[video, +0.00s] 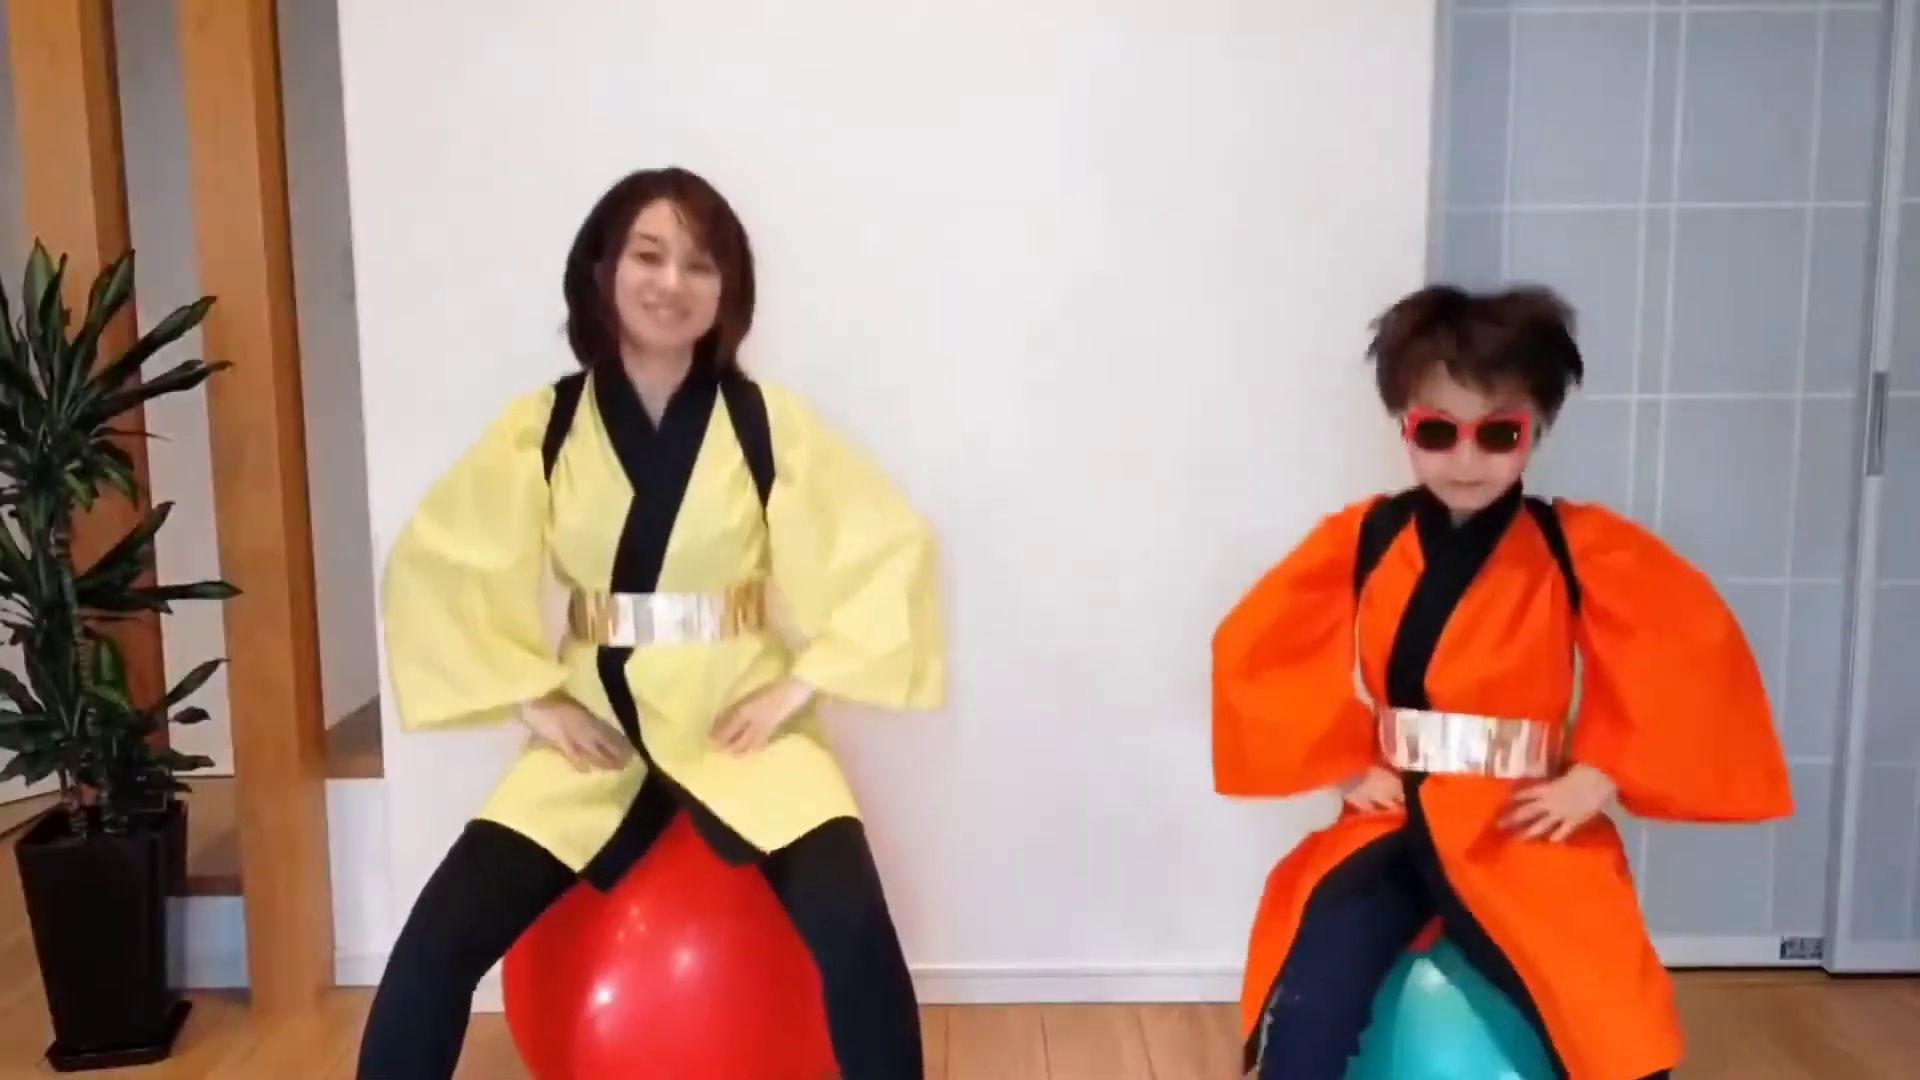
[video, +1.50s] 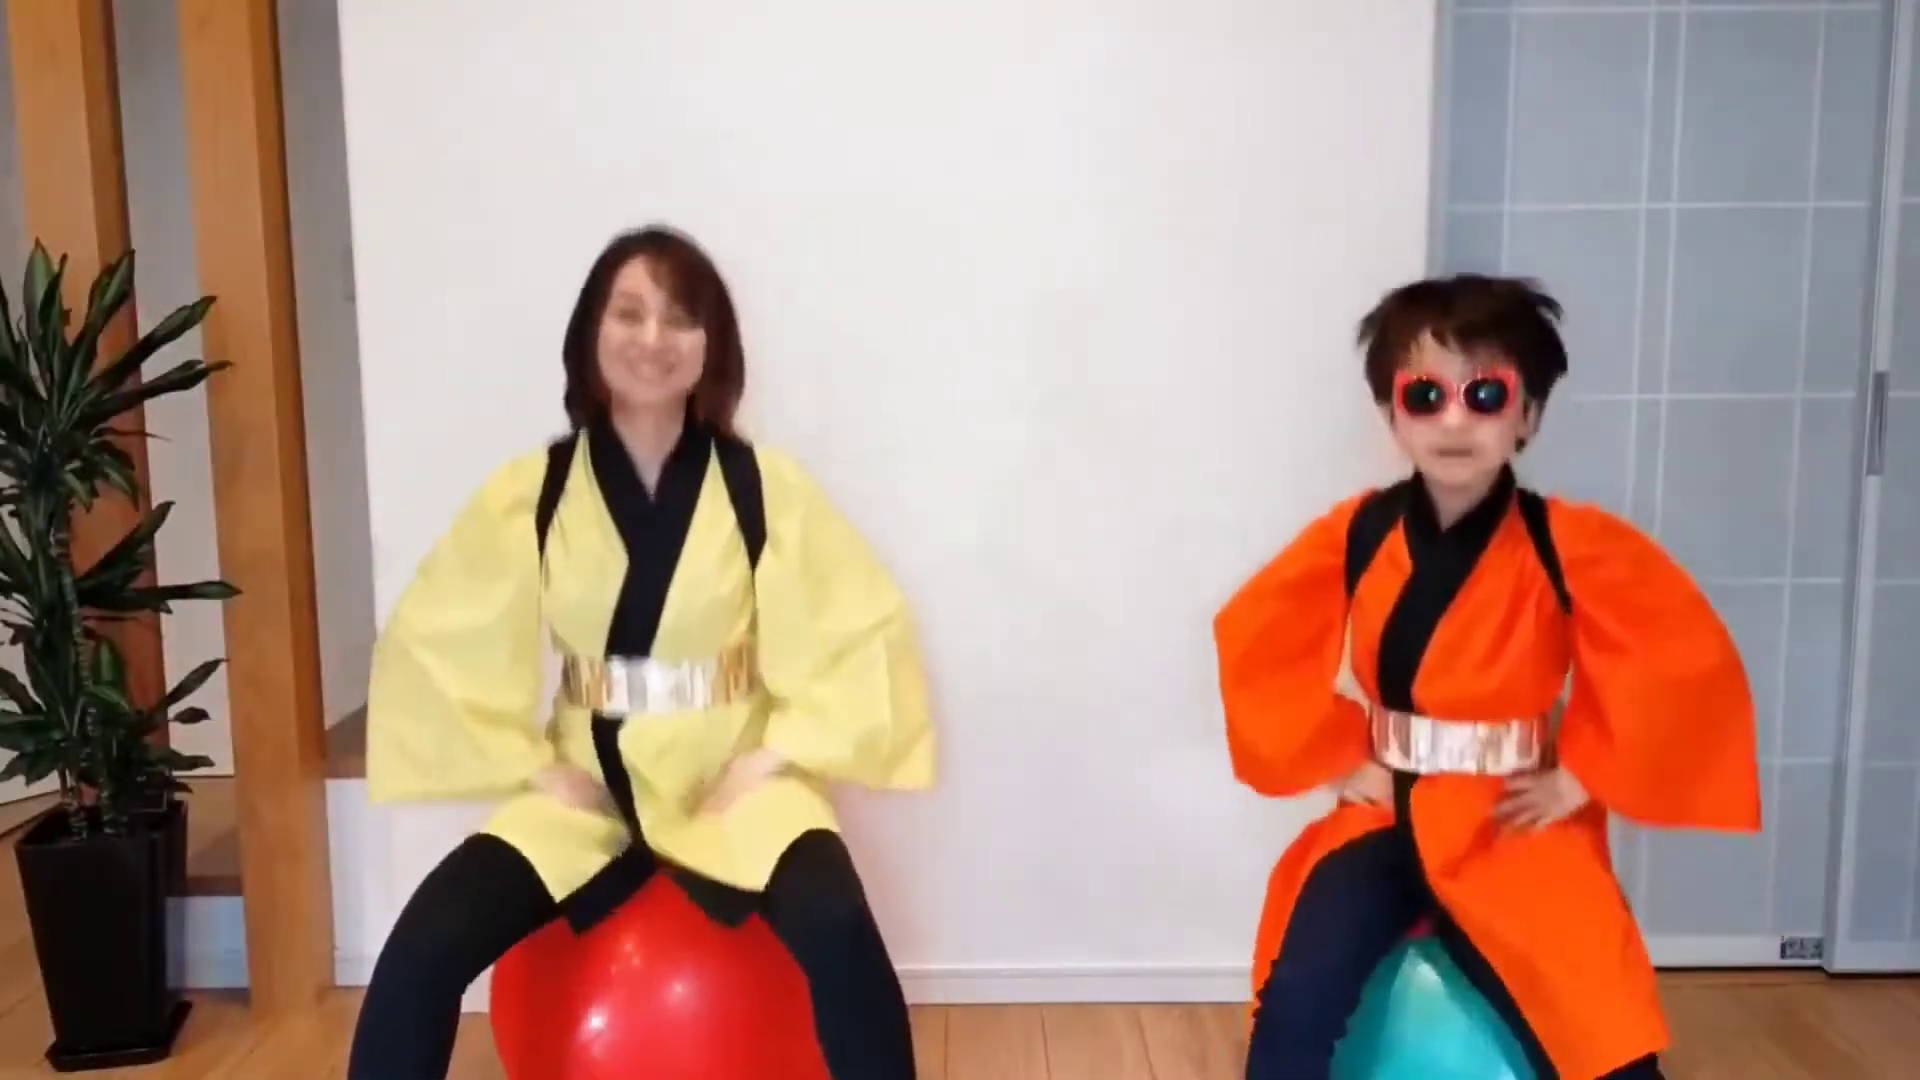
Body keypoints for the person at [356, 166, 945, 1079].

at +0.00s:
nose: (669, 282)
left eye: (697, 264)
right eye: (646, 255)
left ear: (727, 290)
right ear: (602, 273)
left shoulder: (769, 425)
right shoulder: (541, 427)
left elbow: (891, 551)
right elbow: (432, 567)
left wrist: (801, 682)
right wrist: (536, 698)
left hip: (752, 733)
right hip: (590, 736)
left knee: (856, 927)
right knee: (434, 945)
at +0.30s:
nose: (669, 413)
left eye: (695, 395)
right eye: (645, 389)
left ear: (726, 421)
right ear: (606, 410)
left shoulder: (772, 557)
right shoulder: (549, 560)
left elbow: (890, 693)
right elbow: (433, 709)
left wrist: (787, 806)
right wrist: (540, 817)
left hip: (742, 848)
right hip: (590, 851)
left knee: (848, 916)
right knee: (429, 940)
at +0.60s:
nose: (662, 293)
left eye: (691, 274)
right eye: (639, 266)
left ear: (724, 299)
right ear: (598, 282)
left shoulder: (769, 429)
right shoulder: (533, 430)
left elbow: (884, 571)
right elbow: (424, 564)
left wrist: (779, 691)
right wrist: (517, 695)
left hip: (745, 734)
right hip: (580, 737)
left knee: (853, 935)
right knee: (423, 944)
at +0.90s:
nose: (654, 383)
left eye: (681, 365)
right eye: (629, 360)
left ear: (715, 394)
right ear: (594, 385)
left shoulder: (763, 535)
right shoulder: (540, 537)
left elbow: (879, 676)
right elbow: (427, 687)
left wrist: (780, 788)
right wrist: (535, 801)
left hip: (735, 830)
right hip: (583, 833)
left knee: (837, 915)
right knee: (423, 941)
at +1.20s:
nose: (650, 322)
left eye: (679, 303)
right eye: (627, 295)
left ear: (714, 328)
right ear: (587, 311)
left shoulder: (759, 458)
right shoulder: (526, 460)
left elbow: (878, 588)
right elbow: (420, 600)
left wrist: (785, 702)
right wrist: (520, 720)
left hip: (739, 755)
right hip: (579, 760)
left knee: (850, 934)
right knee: (422, 943)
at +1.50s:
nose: (651, 339)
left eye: (678, 319)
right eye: (626, 314)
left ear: (711, 344)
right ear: (590, 333)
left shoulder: (763, 486)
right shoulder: (533, 489)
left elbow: (865, 639)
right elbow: (429, 646)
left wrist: (773, 753)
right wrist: (537, 765)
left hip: (737, 785)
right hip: (581, 791)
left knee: (841, 931)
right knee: (420, 949)